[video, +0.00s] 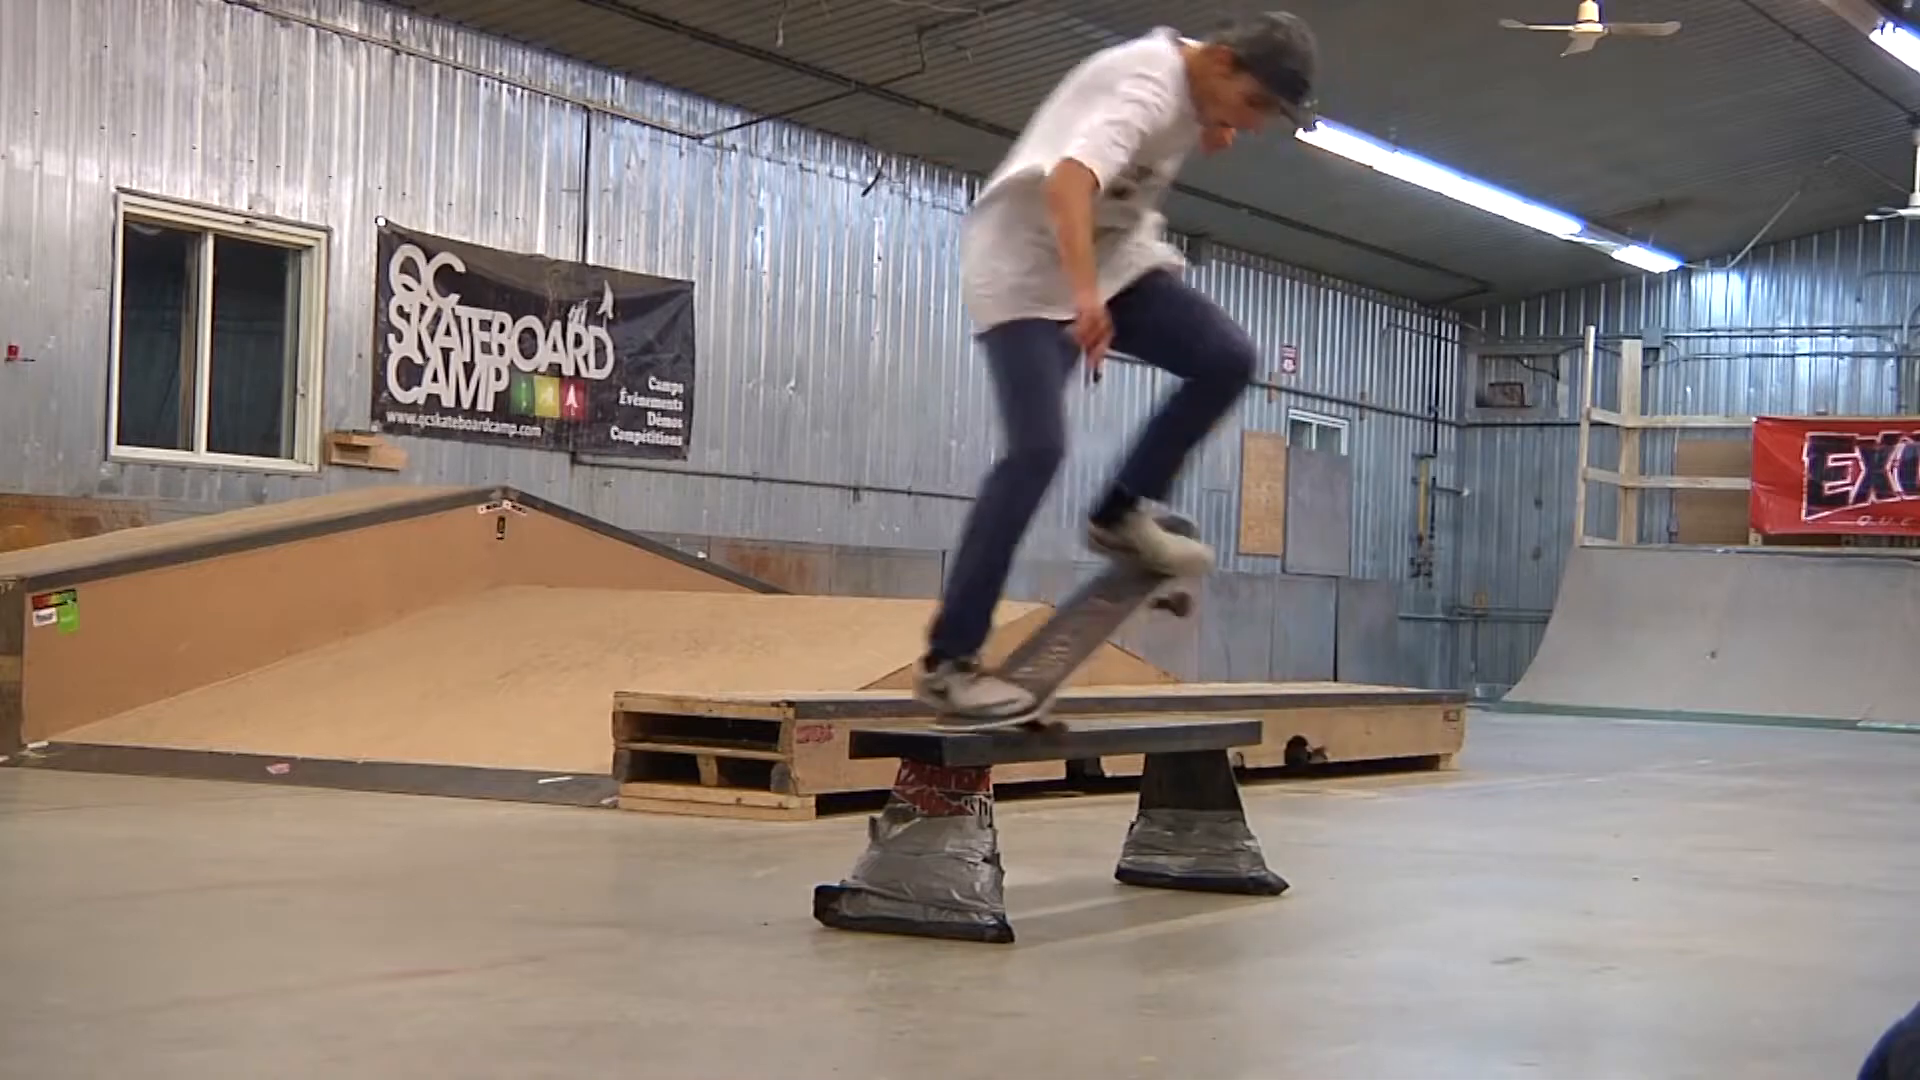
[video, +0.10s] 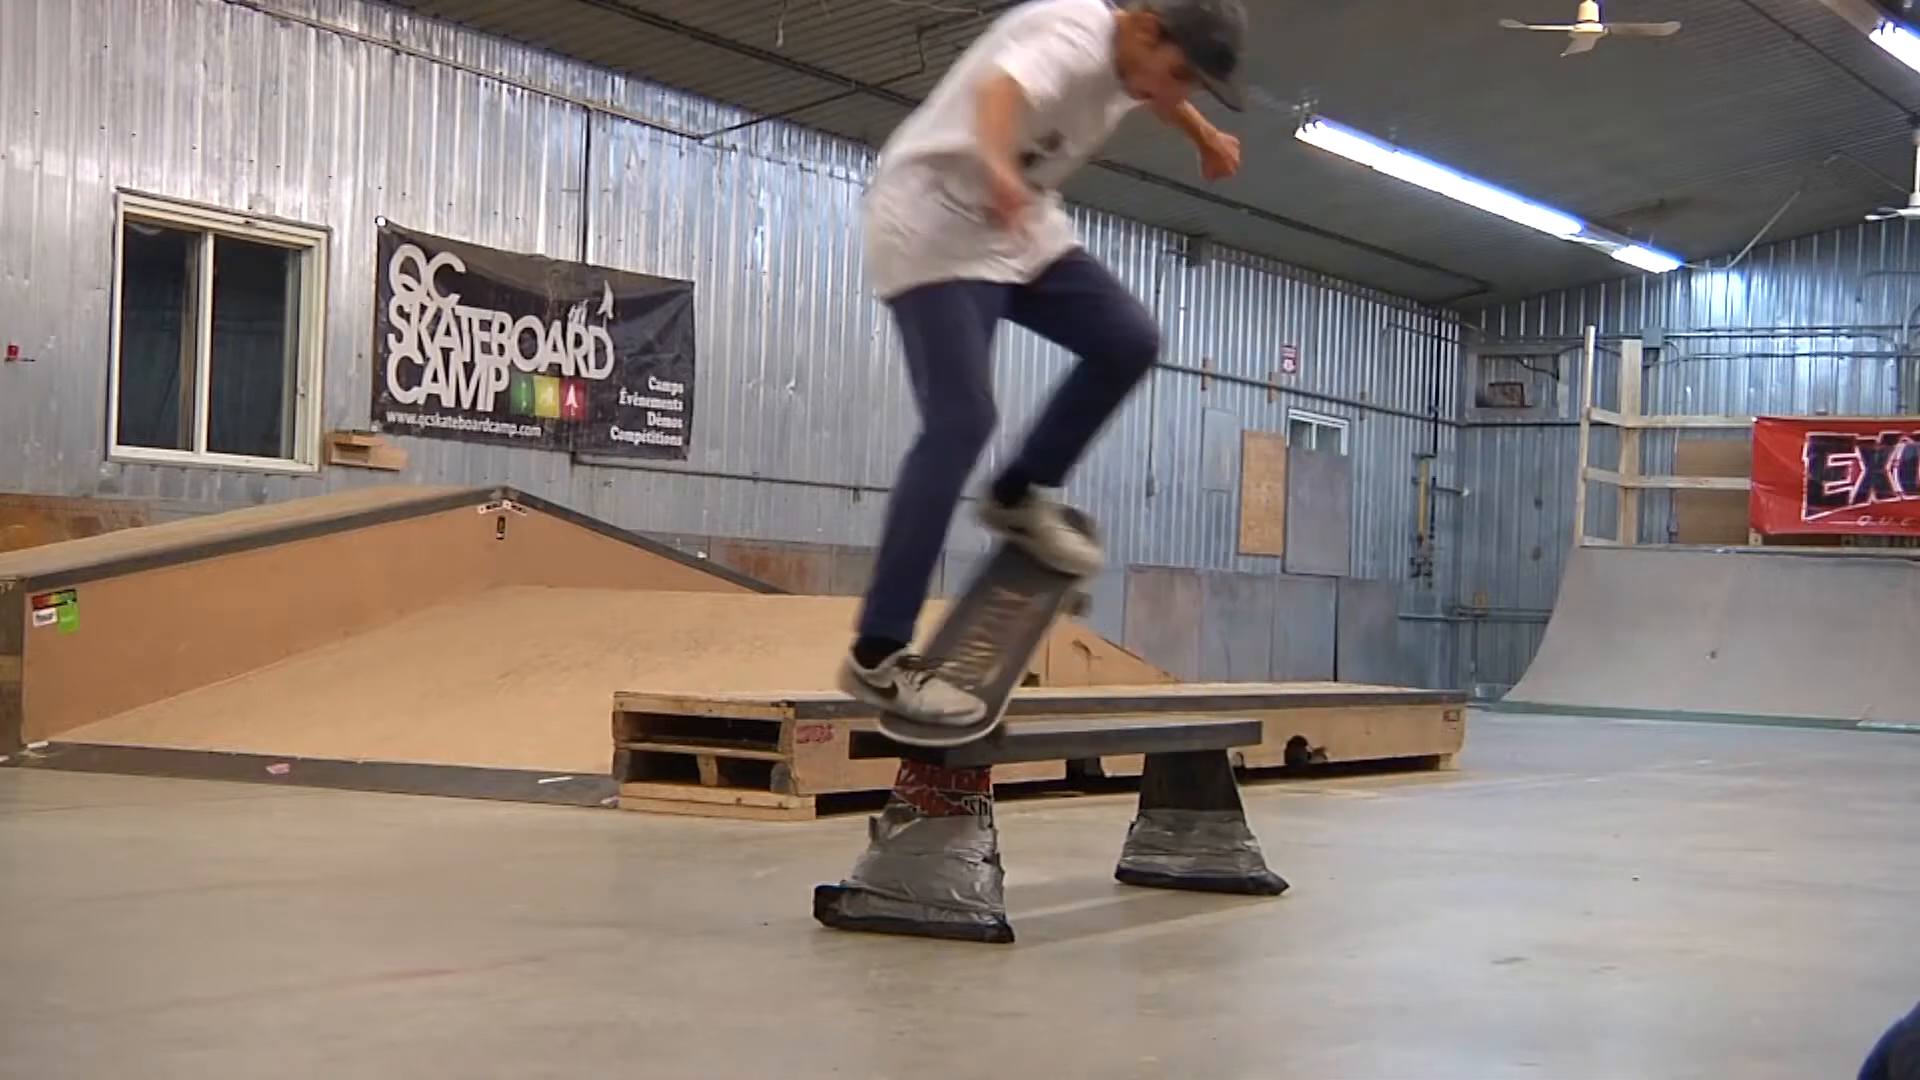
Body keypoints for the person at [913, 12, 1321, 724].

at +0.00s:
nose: (1246, 127)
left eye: (1259, 119)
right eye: (1250, 109)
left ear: (1233, 69)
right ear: (1226, 65)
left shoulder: (1188, 80)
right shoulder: (1146, 86)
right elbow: (1069, 178)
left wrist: (1200, 133)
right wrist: (1087, 296)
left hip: (1113, 261)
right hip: (1025, 261)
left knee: (1228, 361)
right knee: (1036, 448)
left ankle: (1119, 511)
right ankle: (948, 660)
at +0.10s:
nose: (1174, 90)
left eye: (1183, 82)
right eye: (1173, 74)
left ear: (1152, 35)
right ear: (1146, 32)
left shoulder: (1127, 48)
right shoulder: (1071, 38)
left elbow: (1158, 92)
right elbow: (998, 87)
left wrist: (1207, 138)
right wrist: (1001, 164)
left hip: (1019, 225)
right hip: (931, 219)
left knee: (1128, 341)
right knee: (960, 419)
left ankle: (1017, 492)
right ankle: (877, 657)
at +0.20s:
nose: (1105, 84)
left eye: (1117, 76)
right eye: (1106, 65)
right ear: (1070, 19)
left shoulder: (1068, 79)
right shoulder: (977, 29)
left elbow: (1143, 115)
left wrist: (1227, 167)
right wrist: (802, 8)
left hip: (907, 200)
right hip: (825, 189)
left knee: (1027, 359)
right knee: (933, 386)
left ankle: (858, 496)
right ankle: (846, 623)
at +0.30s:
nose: (1016, 96)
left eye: (1032, 87)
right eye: (1019, 73)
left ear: (1028, 78)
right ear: (982, 22)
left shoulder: (997, 107)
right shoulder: (880, 23)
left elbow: (1107, 156)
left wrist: (1236, 211)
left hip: (751, 236)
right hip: (752, 223)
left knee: (856, 454)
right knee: (887, 432)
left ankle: (675, 601)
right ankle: (796, 673)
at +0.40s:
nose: (932, 132)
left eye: (944, 121)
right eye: (930, 109)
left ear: (938, 110)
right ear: (886, 65)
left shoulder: (904, 158)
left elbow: (1015, 215)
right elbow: (633, 22)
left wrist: (1140, 245)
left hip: (620, 343)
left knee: (629, 605)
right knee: (748, 608)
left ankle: (485, 805)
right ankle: (736, 839)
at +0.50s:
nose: (840, 237)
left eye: (854, 226)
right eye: (842, 214)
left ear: (852, 210)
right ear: (804, 164)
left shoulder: (794, 262)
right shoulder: (696, 189)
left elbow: (880, 314)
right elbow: (517, 202)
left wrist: (970, 313)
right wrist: (367, 253)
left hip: (498, 418)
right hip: (586, 439)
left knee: (503, 669)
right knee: (658, 672)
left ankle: (364, 867)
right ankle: (669, 895)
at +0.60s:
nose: (734, 294)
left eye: (751, 285)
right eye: (743, 272)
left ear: (713, 216)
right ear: (711, 218)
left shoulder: (651, 268)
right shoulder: (600, 234)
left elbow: (671, 398)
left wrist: (732, 450)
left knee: (398, 645)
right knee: (554, 628)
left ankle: (303, 875)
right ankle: (610, 878)